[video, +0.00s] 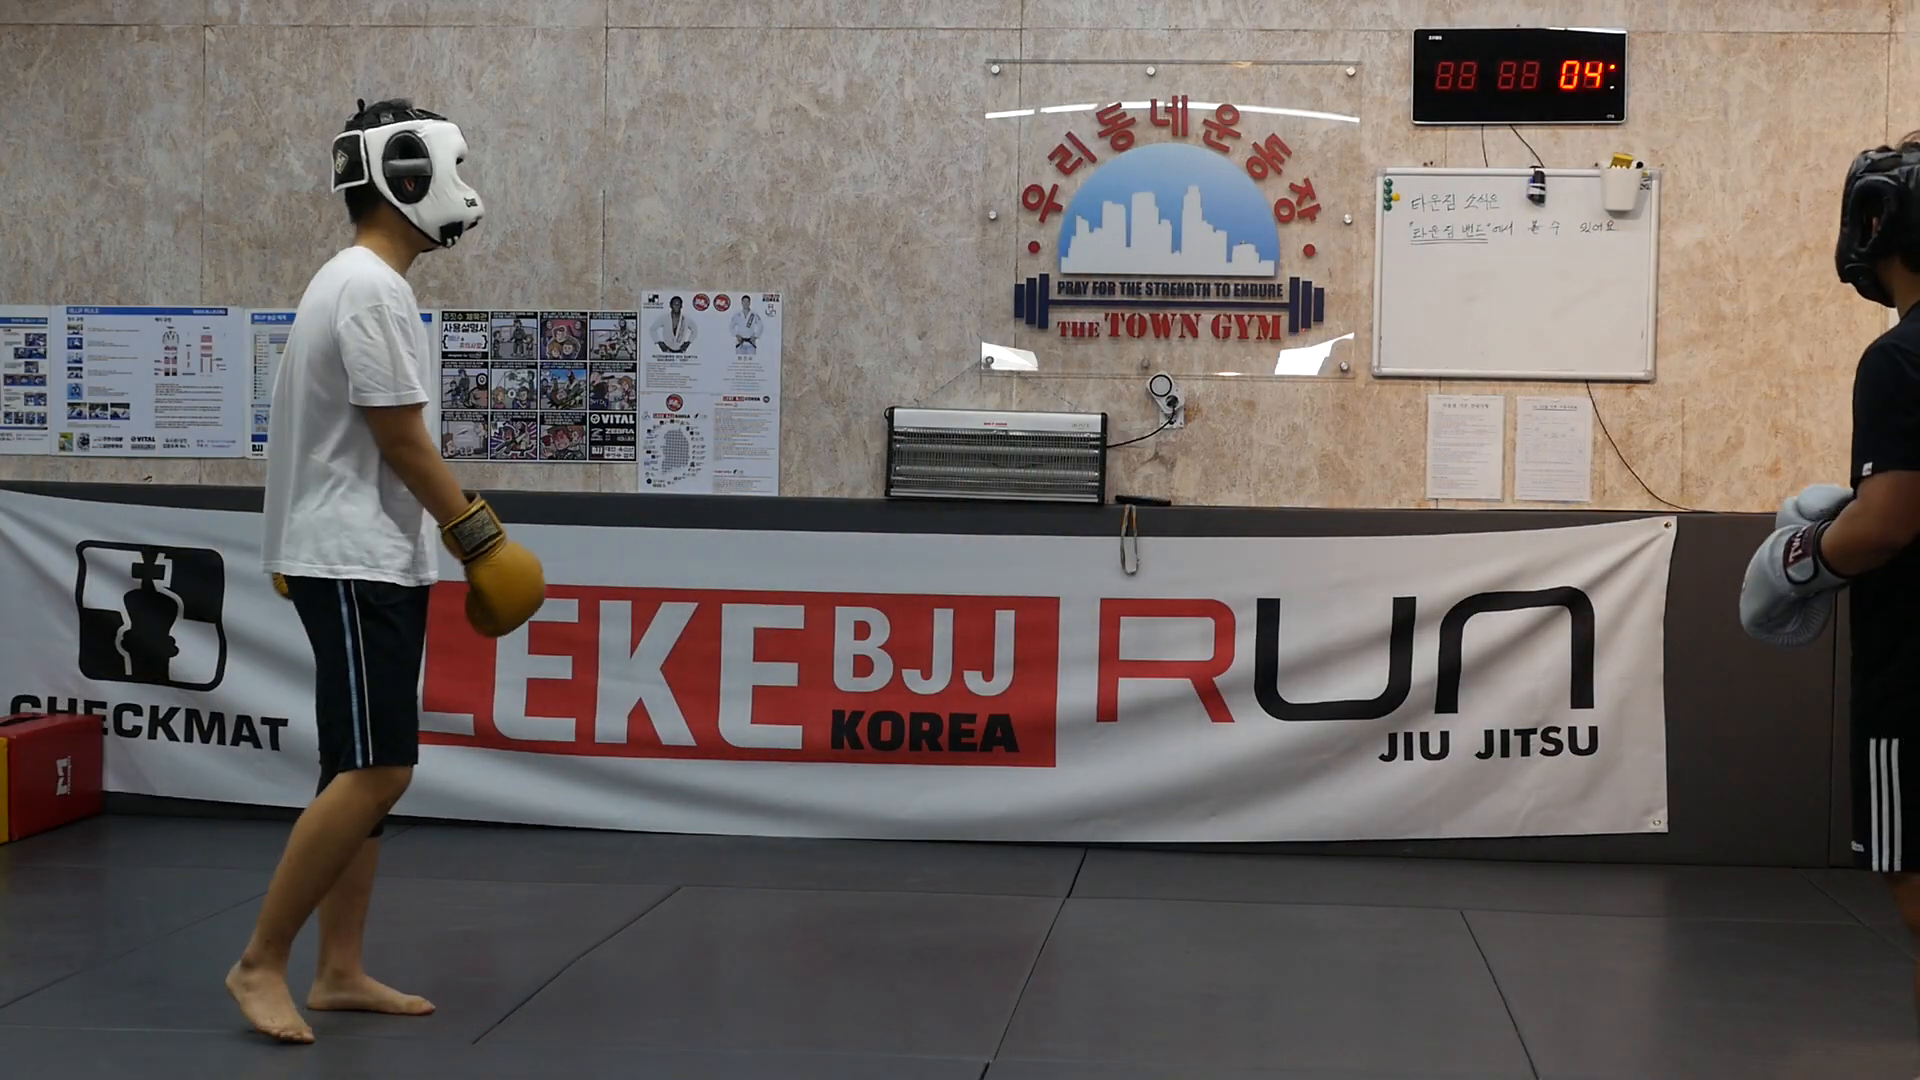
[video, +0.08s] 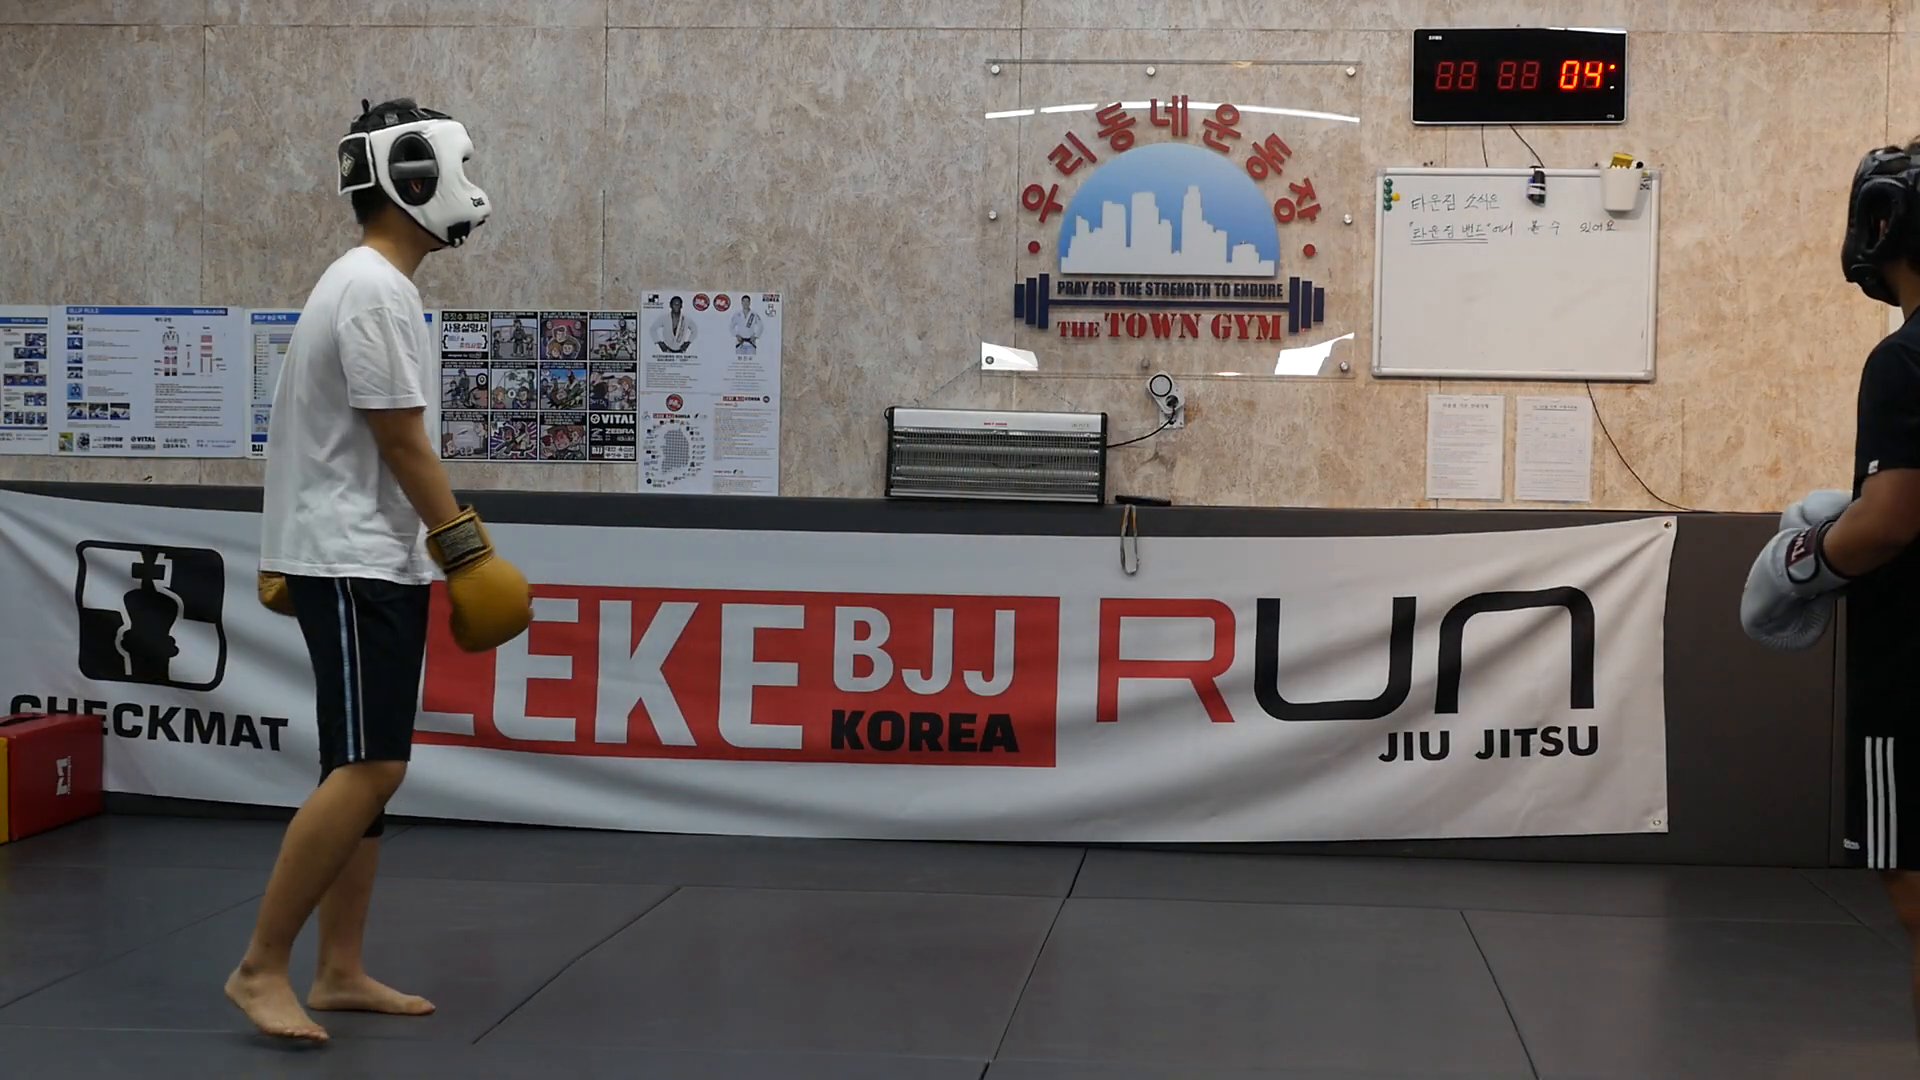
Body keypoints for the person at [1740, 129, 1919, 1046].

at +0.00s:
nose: (1861, 264)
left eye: (1863, 244)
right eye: (1863, 246)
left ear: (1883, 243)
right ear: (1912, 242)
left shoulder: (1898, 358)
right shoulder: (1904, 355)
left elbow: (1890, 515)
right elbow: (1903, 494)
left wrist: (1815, 554)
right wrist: (1848, 511)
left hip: (1908, 674)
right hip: (1909, 667)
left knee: (1910, 882)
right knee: (1905, 876)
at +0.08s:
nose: (1861, 254)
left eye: (1864, 235)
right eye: (1865, 237)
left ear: (1882, 238)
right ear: (1910, 237)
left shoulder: (1901, 360)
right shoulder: (1904, 358)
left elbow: (1892, 513)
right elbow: (1897, 499)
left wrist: (1817, 555)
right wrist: (1839, 524)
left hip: (1906, 673)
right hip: (1904, 667)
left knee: (1908, 881)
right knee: (1904, 875)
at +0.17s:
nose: (1865, 251)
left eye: (1868, 234)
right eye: (1871, 235)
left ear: (1885, 234)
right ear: (1913, 235)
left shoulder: (1903, 357)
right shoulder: (1905, 356)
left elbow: (1895, 509)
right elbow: (1899, 501)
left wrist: (1821, 553)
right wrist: (1841, 528)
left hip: (1903, 677)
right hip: (1899, 672)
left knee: (1908, 897)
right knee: (1901, 889)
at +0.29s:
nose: (1869, 255)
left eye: (1873, 236)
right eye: (1875, 238)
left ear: (1891, 234)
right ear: (1918, 236)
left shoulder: (1908, 356)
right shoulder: (1909, 355)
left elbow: (1902, 509)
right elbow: (1903, 503)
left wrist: (1829, 556)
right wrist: (1842, 529)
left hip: (1909, 662)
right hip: (1903, 656)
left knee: (1873, 879)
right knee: (1878, 877)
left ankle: (1912, 1058)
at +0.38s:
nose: (1865, 261)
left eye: (1870, 242)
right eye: (1872, 244)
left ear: (1888, 241)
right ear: (1913, 243)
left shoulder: (1912, 364)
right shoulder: (1908, 362)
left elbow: (1906, 518)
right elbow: (1906, 505)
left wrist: (1829, 561)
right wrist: (1849, 525)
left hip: (1909, 666)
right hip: (1901, 659)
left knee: (1843, 869)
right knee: (1857, 866)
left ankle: (1906, 1062)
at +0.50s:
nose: (1863, 264)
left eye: (1867, 245)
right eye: (1868, 247)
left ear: (1886, 240)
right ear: (1909, 242)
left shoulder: (1919, 356)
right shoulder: (1911, 351)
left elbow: (1913, 509)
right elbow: (1907, 501)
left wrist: (1847, 535)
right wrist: (1852, 544)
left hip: (1907, 657)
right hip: (1900, 649)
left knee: (1843, 859)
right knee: (1875, 856)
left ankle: (1899, 1063)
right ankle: (1899, 1059)